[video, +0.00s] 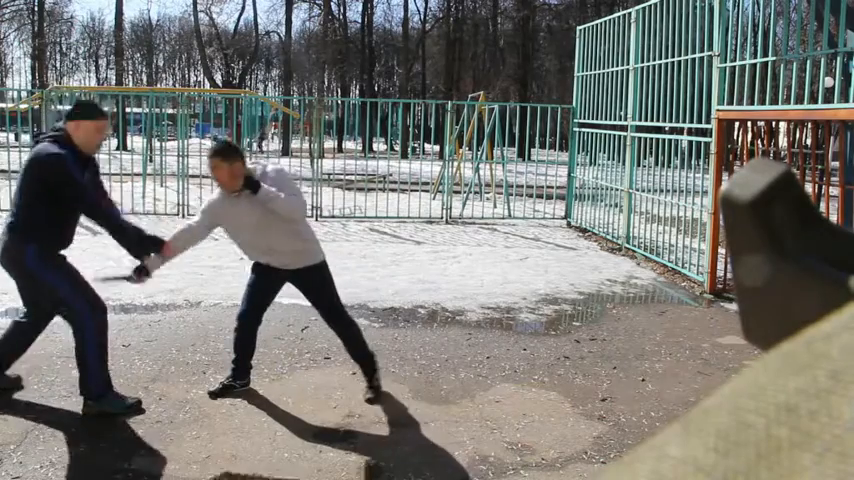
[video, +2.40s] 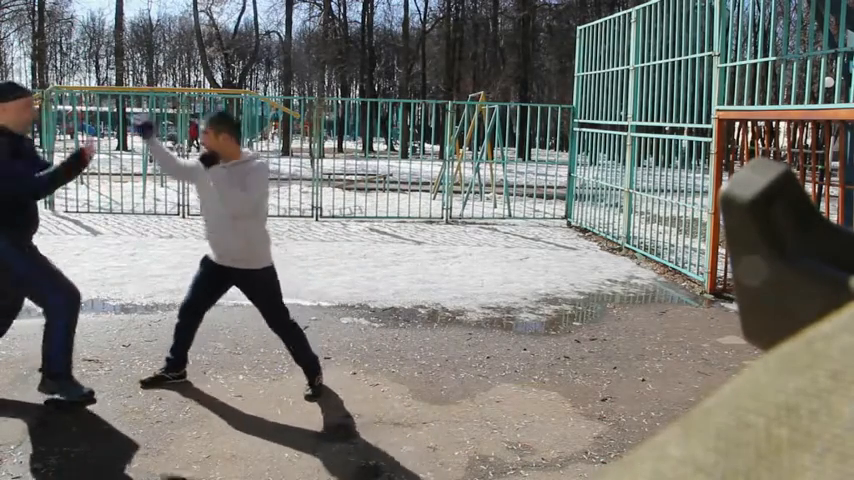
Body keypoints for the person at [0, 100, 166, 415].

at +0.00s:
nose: (103, 138)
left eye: (105, 131)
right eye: (98, 131)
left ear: (82, 130)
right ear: (75, 127)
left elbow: (105, 212)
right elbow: (98, 211)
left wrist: (143, 249)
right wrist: (151, 244)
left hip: (36, 253)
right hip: (28, 254)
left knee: (39, 312)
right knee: (90, 312)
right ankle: (98, 396)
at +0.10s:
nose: (88, 132)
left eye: (89, 126)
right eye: (83, 125)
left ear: (62, 123)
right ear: (59, 120)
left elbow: (88, 200)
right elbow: (72, 210)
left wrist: (126, 232)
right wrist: (131, 231)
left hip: (29, 249)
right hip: (22, 251)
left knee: (35, 311)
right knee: (77, 311)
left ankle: (0, 369)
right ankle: (98, 397)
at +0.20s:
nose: (79, 111)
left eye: (79, 103)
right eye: (74, 103)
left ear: (53, 103)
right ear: (50, 102)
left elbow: (69, 183)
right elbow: (43, 189)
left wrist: (101, 202)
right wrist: (98, 204)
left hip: (26, 237)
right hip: (18, 240)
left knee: (14, 307)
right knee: (57, 309)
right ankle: (84, 394)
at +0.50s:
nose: (48, 111)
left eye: (48, 104)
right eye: (44, 103)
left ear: (20, 103)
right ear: (21, 102)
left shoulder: (13, 136)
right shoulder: (10, 139)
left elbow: (21, 189)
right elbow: (20, 191)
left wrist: (56, 183)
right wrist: (61, 183)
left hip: (11, 243)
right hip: (16, 244)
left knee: (5, 313)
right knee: (61, 310)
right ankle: (48, 395)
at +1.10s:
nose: (57, 119)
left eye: (58, 112)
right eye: (55, 111)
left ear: (34, 105)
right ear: (35, 106)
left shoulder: (19, 132)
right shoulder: (17, 135)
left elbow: (46, 188)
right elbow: (47, 190)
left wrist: (99, 205)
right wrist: (103, 206)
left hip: (6, 243)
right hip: (3, 245)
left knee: (36, 308)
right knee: (37, 308)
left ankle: (37, 393)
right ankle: (38, 396)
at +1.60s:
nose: (35, 102)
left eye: (35, 95)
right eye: (29, 95)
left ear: (13, 97)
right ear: (8, 96)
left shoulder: (11, 129)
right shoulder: (5, 131)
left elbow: (16, 180)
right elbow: (14, 182)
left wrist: (53, 182)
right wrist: (55, 182)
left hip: (10, 238)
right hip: (5, 240)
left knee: (36, 306)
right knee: (37, 306)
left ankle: (39, 388)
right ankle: (41, 391)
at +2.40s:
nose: (33, 110)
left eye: (32, 104)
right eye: (27, 104)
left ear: (13, 109)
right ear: (7, 109)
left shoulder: (19, 142)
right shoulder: (7, 146)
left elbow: (36, 182)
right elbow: (30, 189)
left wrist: (73, 165)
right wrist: (73, 165)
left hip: (16, 247)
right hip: (9, 248)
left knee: (6, 310)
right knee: (63, 298)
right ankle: (56, 378)